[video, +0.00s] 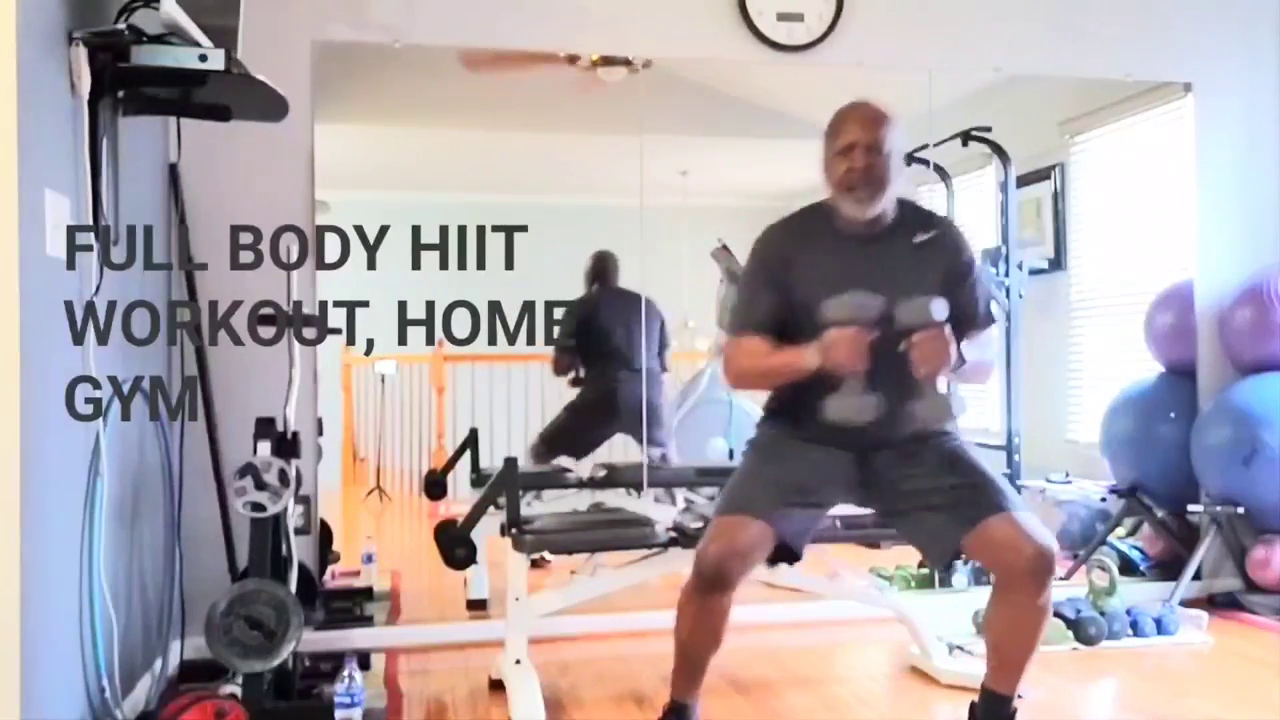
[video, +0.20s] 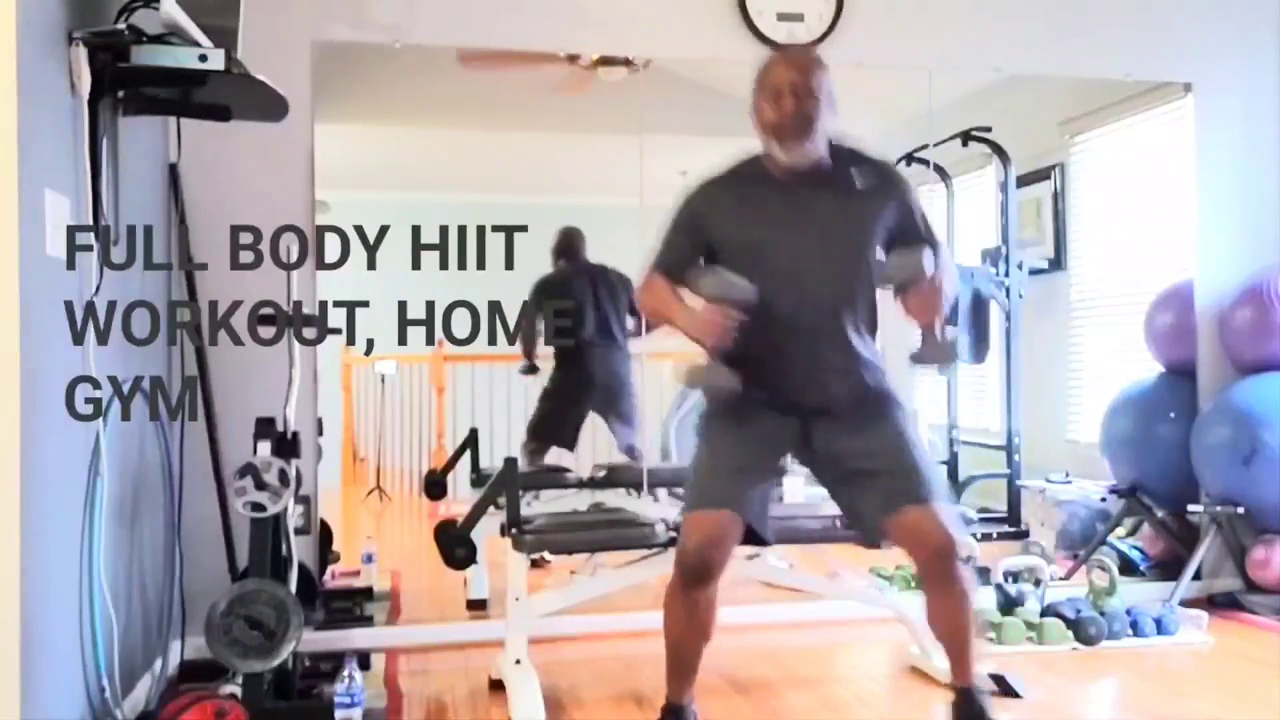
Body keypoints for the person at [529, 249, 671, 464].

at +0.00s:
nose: (589, 274)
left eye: (590, 271)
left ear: (590, 275)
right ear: (616, 274)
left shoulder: (582, 307)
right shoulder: (648, 306)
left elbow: (562, 365)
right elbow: (662, 364)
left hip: (602, 397)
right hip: (648, 399)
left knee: (540, 454)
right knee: (666, 462)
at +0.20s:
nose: (555, 255)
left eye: (556, 250)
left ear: (557, 251)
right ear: (583, 250)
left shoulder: (548, 284)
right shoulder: (616, 279)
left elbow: (528, 323)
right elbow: (646, 319)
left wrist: (529, 359)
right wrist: (627, 333)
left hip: (573, 372)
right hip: (616, 370)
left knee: (534, 448)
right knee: (631, 446)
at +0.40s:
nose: (544, 230)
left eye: (543, 225)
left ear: (540, 226)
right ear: (568, 223)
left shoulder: (535, 254)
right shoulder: (593, 250)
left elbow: (509, 289)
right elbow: (632, 272)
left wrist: (510, 320)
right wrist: (627, 316)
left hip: (547, 350)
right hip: (586, 350)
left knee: (533, 428)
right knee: (584, 426)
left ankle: (529, 486)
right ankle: (587, 480)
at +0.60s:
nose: (540, 220)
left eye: (539, 215)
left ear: (537, 218)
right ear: (566, 217)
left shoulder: (525, 251)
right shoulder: (591, 251)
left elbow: (500, 297)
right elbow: (634, 288)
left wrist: (507, 319)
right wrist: (599, 306)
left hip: (535, 347)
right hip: (576, 350)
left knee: (523, 432)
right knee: (572, 431)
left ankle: (525, 497)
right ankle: (584, 487)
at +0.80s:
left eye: (529, 226)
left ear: (524, 228)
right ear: (554, 227)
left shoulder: (509, 262)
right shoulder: (578, 261)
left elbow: (487, 319)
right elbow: (594, 319)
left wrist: (508, 310)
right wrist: (565, 312)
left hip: (521, 360)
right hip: (567, 361)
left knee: (484, 430)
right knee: (578, 442)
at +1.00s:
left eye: (506, 268)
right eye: (521, 268)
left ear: (500, 271)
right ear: (529, 270)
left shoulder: (483, 305)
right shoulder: (546, 302)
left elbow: (462, 363)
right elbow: (562, 354)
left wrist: (482, 347)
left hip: (498, 396)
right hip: (542, 396)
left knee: (449, 448)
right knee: (567, 458)